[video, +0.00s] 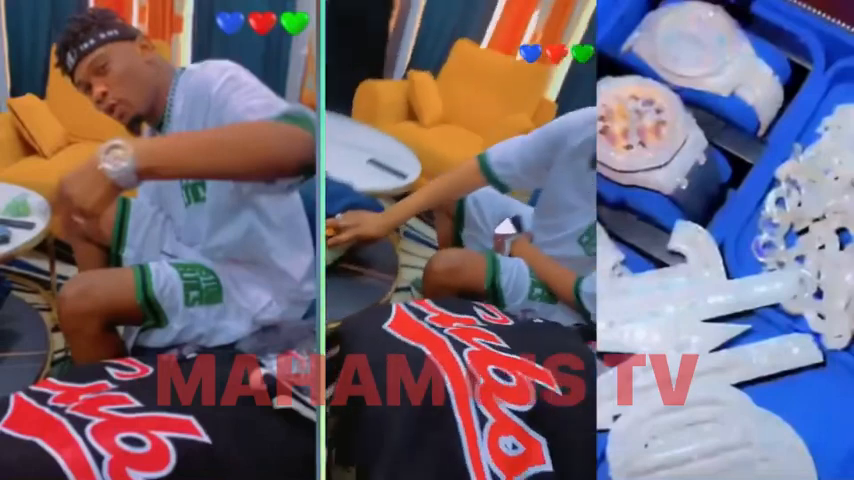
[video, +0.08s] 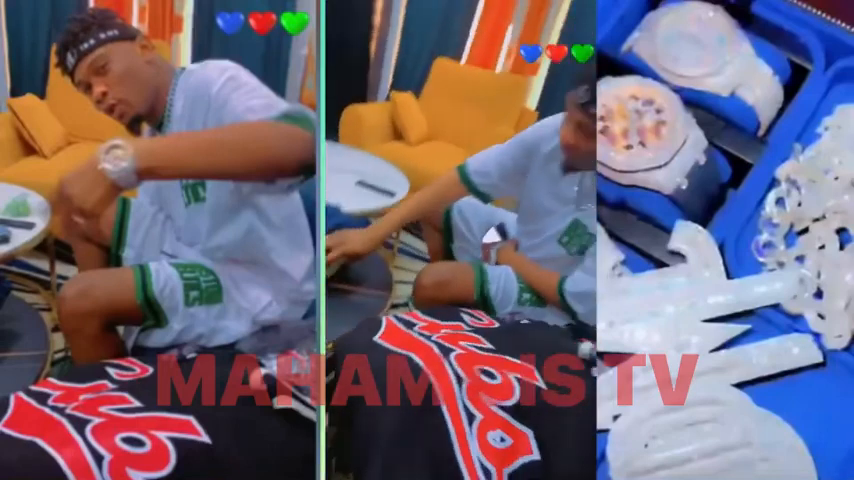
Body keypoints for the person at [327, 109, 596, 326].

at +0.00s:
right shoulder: (587, 128)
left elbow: (592, 299)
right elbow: (485, 168)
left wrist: (526, 251)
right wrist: (387, 219)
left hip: (575, 291)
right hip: (539, 235)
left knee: (443, 267)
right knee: (447, 197)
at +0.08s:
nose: (566, 137)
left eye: (585, 131)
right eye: (568, 120)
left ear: (612, 142)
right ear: (566, 107)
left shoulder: (626, 197)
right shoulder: (554, 132)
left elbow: (581, 299)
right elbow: (463, 179)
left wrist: (510, 258)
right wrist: (373, 234)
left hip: (558, 289)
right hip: (524, 241)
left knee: (431, 283)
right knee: (434, 210)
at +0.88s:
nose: (393, 119)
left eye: (397, 109)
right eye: (390, 109)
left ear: (435, 94)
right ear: (435, 94)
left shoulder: (489, 136)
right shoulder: (439, 119)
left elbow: (459, 258)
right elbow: (433, 186)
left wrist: (390, 268)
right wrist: (381, 204)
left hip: (462, 276)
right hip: (422, 237)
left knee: (333, 327)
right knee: (330, 252)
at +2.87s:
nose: (440, 123)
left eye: (449, 115)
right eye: (443, 112)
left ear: (490, 126)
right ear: (490, 126)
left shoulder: (531, 182)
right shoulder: (484, 145)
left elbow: (426, 267)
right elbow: (409, 184)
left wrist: (362, 224)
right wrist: (337, 191)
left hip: (498, 306)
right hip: (470, 260)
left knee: (360, 284)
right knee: (379, 209)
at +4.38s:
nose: (406, 125)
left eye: (411, 113)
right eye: (404, 113)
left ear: (447, 106)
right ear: (447, 108)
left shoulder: (491, 155)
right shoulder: (458, 144)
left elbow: (431, 259)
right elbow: (416, 197)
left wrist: (348, 249)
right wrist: (361, 213)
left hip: (485, 291)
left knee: (353, 285)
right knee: (365, 220)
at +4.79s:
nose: (425, 124)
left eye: (428, 115)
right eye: (424, 114)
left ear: (460, 116)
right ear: (462, 116)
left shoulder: (508, 163)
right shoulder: (478, 144)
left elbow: (448, 263)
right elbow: (425, 200)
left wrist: (358, 240)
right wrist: (349, 187)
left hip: (496, 292)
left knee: (366, 284)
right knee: (380, 214)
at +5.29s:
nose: (456, 98)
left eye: (467, 94)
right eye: (460, 88)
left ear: (508, 107)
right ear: (508, 107)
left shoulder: (537, 164)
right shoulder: (484, 124)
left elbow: (445, 248)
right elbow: (413, 168)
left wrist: (347, 223)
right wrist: (328, 165)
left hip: (483, 281)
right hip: (453, 234)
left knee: (346, 263)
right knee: (357, 190)